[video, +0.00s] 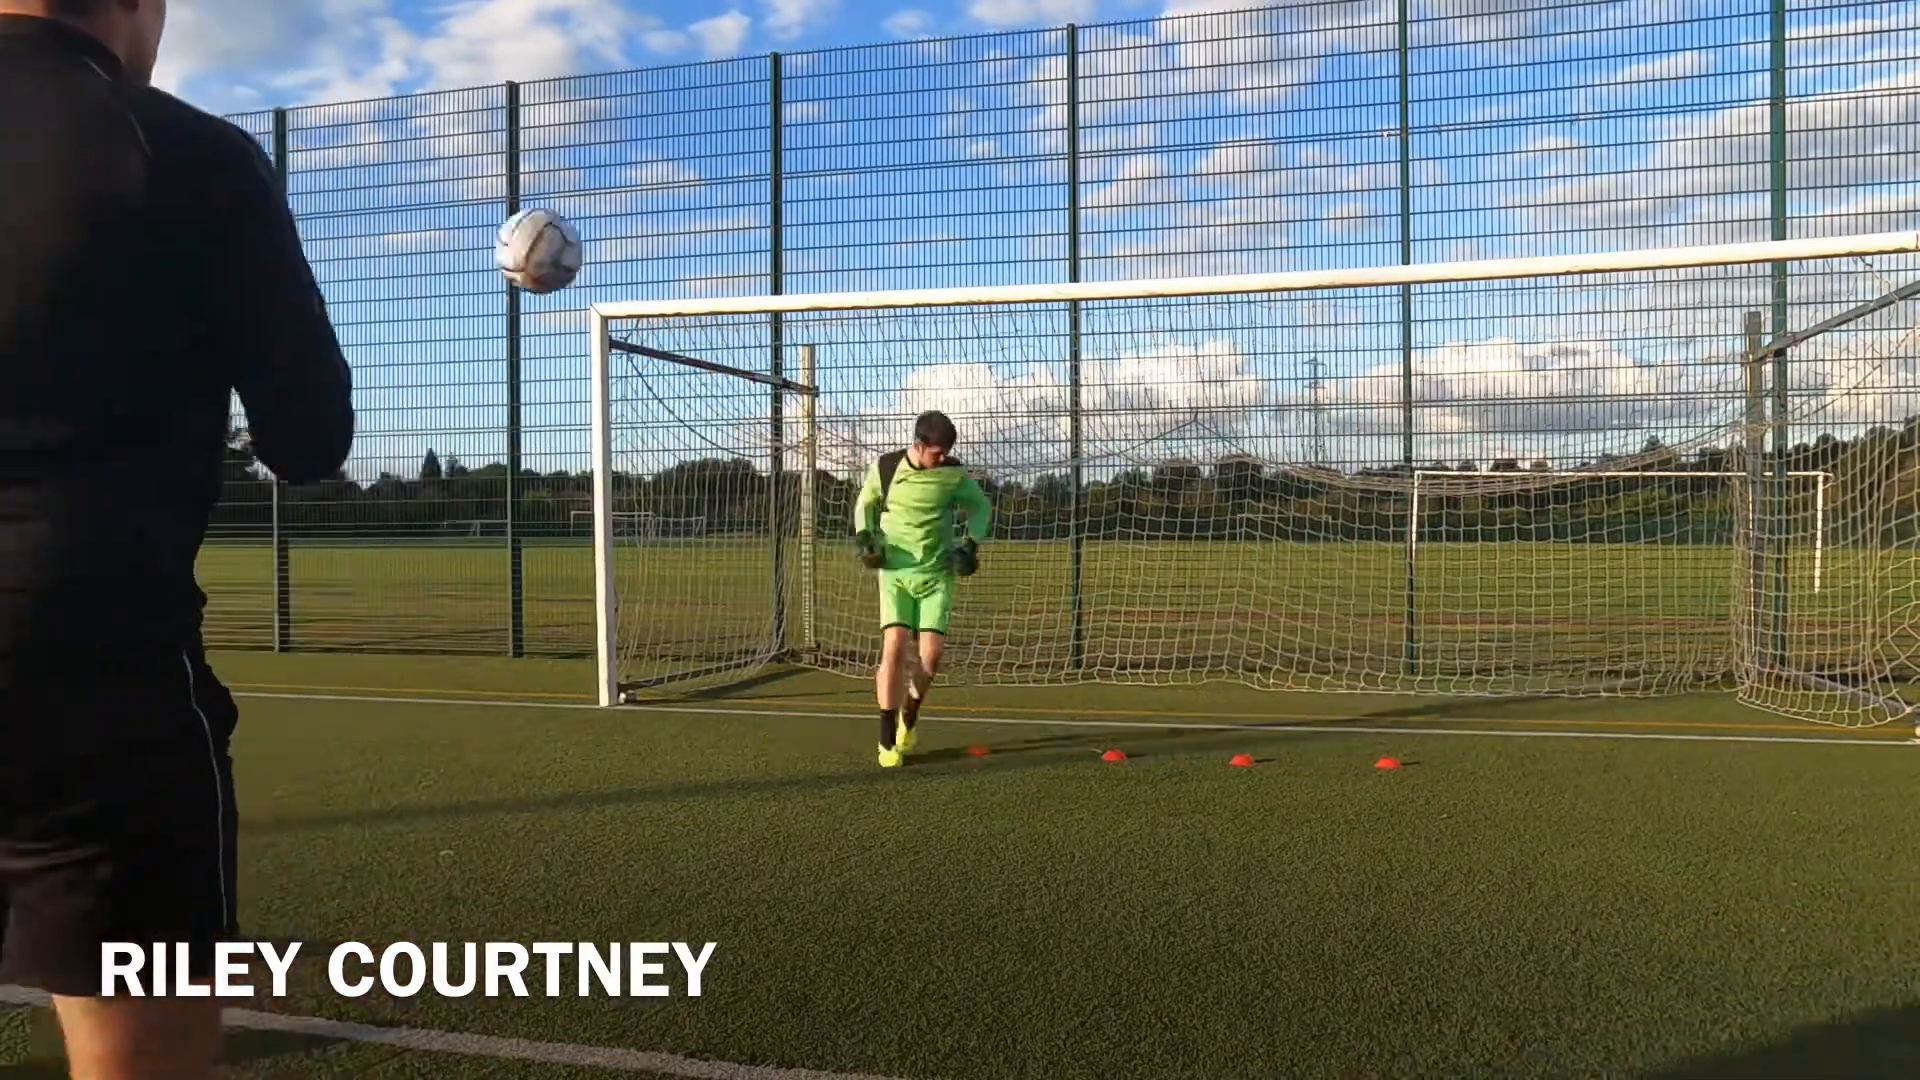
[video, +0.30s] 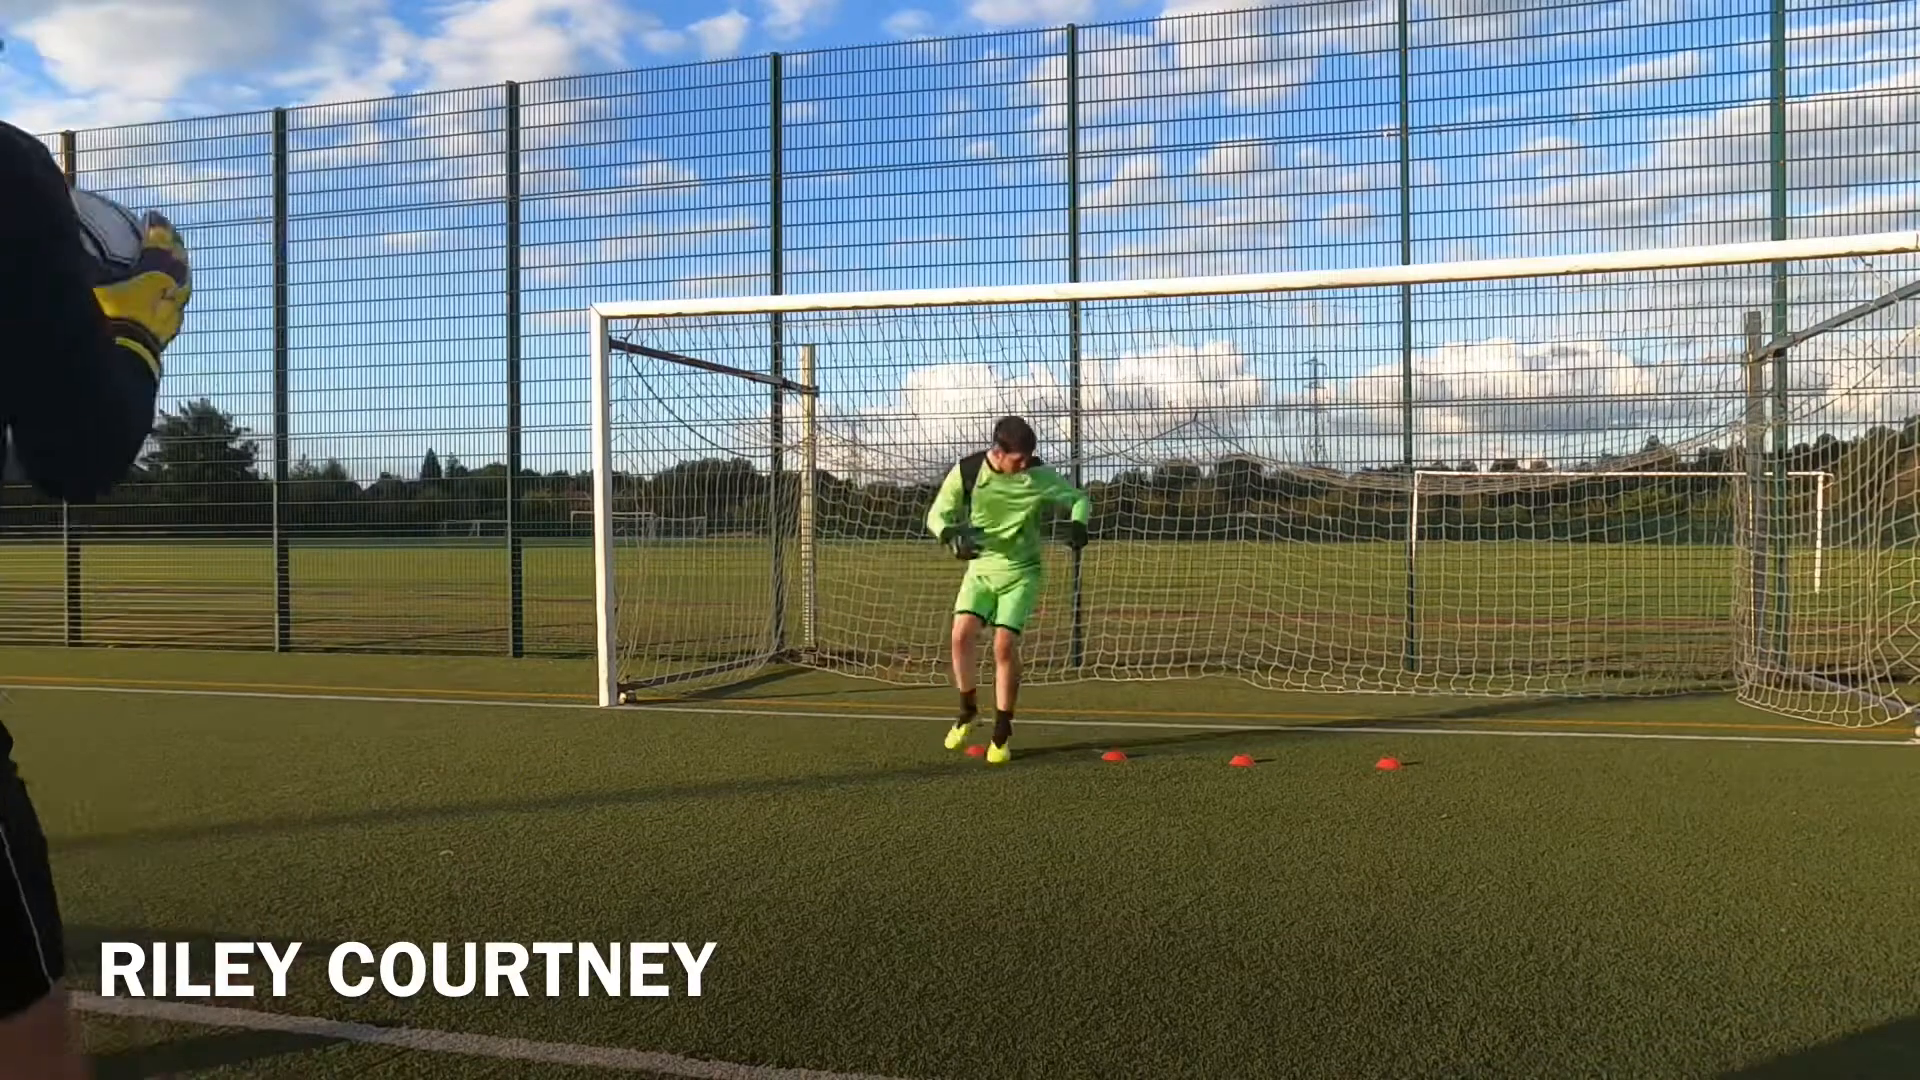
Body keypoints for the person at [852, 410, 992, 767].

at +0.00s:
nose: (943, 458)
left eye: (947, 452)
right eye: (937, 452)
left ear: (949, 447)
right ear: (919, 443)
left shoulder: (954, 476)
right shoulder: (886, 468)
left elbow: (981, 507)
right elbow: (865, 503)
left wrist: (970, 544)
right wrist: (865, 539)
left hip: (937, 577)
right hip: (895, 575)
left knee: (930, 657)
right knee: (894, 647)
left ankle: (909, 716)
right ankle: (887, 734)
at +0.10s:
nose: (967, 467)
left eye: (970, 461)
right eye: (961, 462)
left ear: (972, 457)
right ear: (942, 453)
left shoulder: (979, 487)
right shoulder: (907, 480)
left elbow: (1013, 523)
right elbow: (876, 517)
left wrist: (1015, 559)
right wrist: (871, 552)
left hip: (959, 582)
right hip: (917, 584)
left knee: (970, 644)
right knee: (917, 654)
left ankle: (951, 715)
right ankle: (896, 742)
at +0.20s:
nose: (999, 467)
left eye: (1001, 461)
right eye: (993, 461)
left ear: (1001, 457)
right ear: (972, 455)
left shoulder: (1009, 485)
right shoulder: (936, 476)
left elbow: (1049, 514)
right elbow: (905, 517)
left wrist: (1052, 545)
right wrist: (907, 541)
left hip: (988, 582)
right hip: (945, 580)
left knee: (981, 651)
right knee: (930, 652)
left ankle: (995, 736)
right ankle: (903, 737)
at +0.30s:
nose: (1025, 463)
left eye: (1028, 457)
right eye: (1020, 457)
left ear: (1031, 452)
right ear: (999, 450)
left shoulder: (1037, 476)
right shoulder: (967, 471)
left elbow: (1080, 499)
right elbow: (937, 515)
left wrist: (1077, 523)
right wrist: (950, 535)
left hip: (1021, 573)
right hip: (980, 570)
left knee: (1003, 644)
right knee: (961, 634)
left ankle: (1001, 733)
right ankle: (967, 711)